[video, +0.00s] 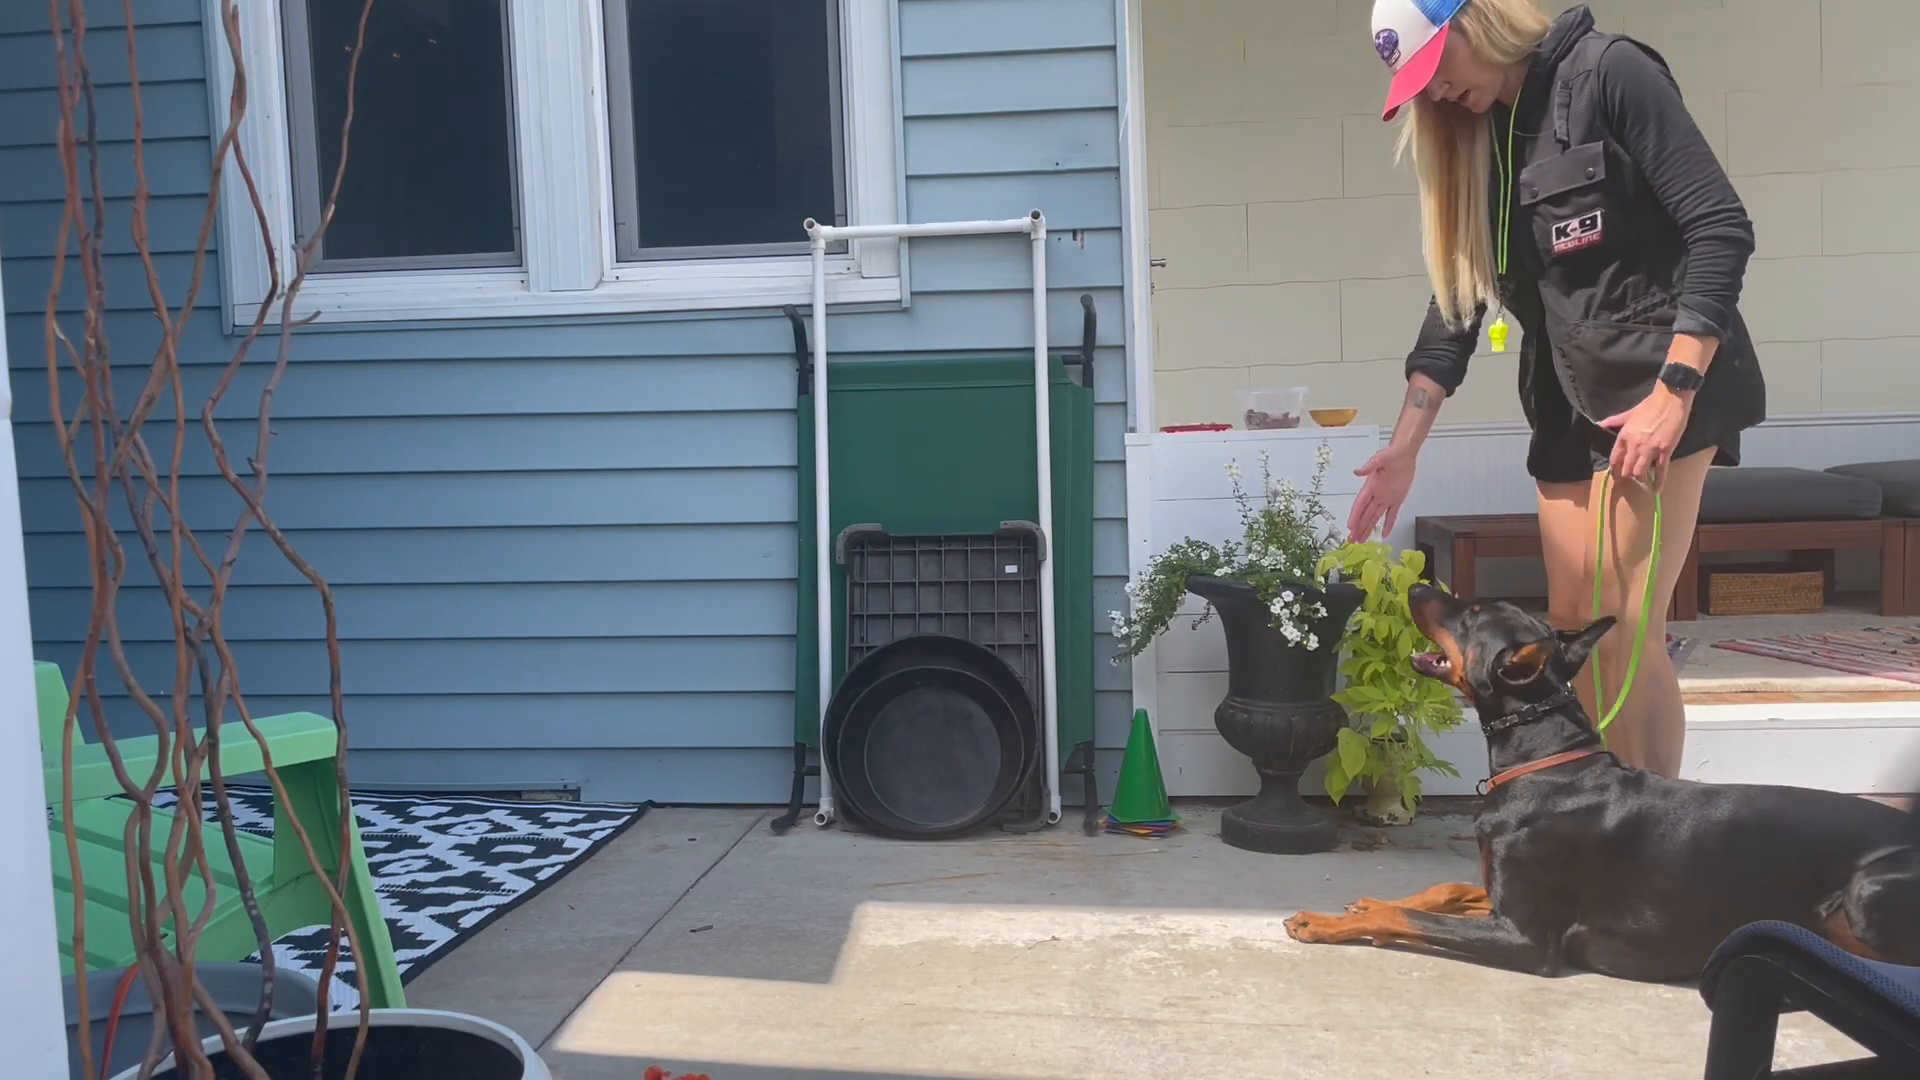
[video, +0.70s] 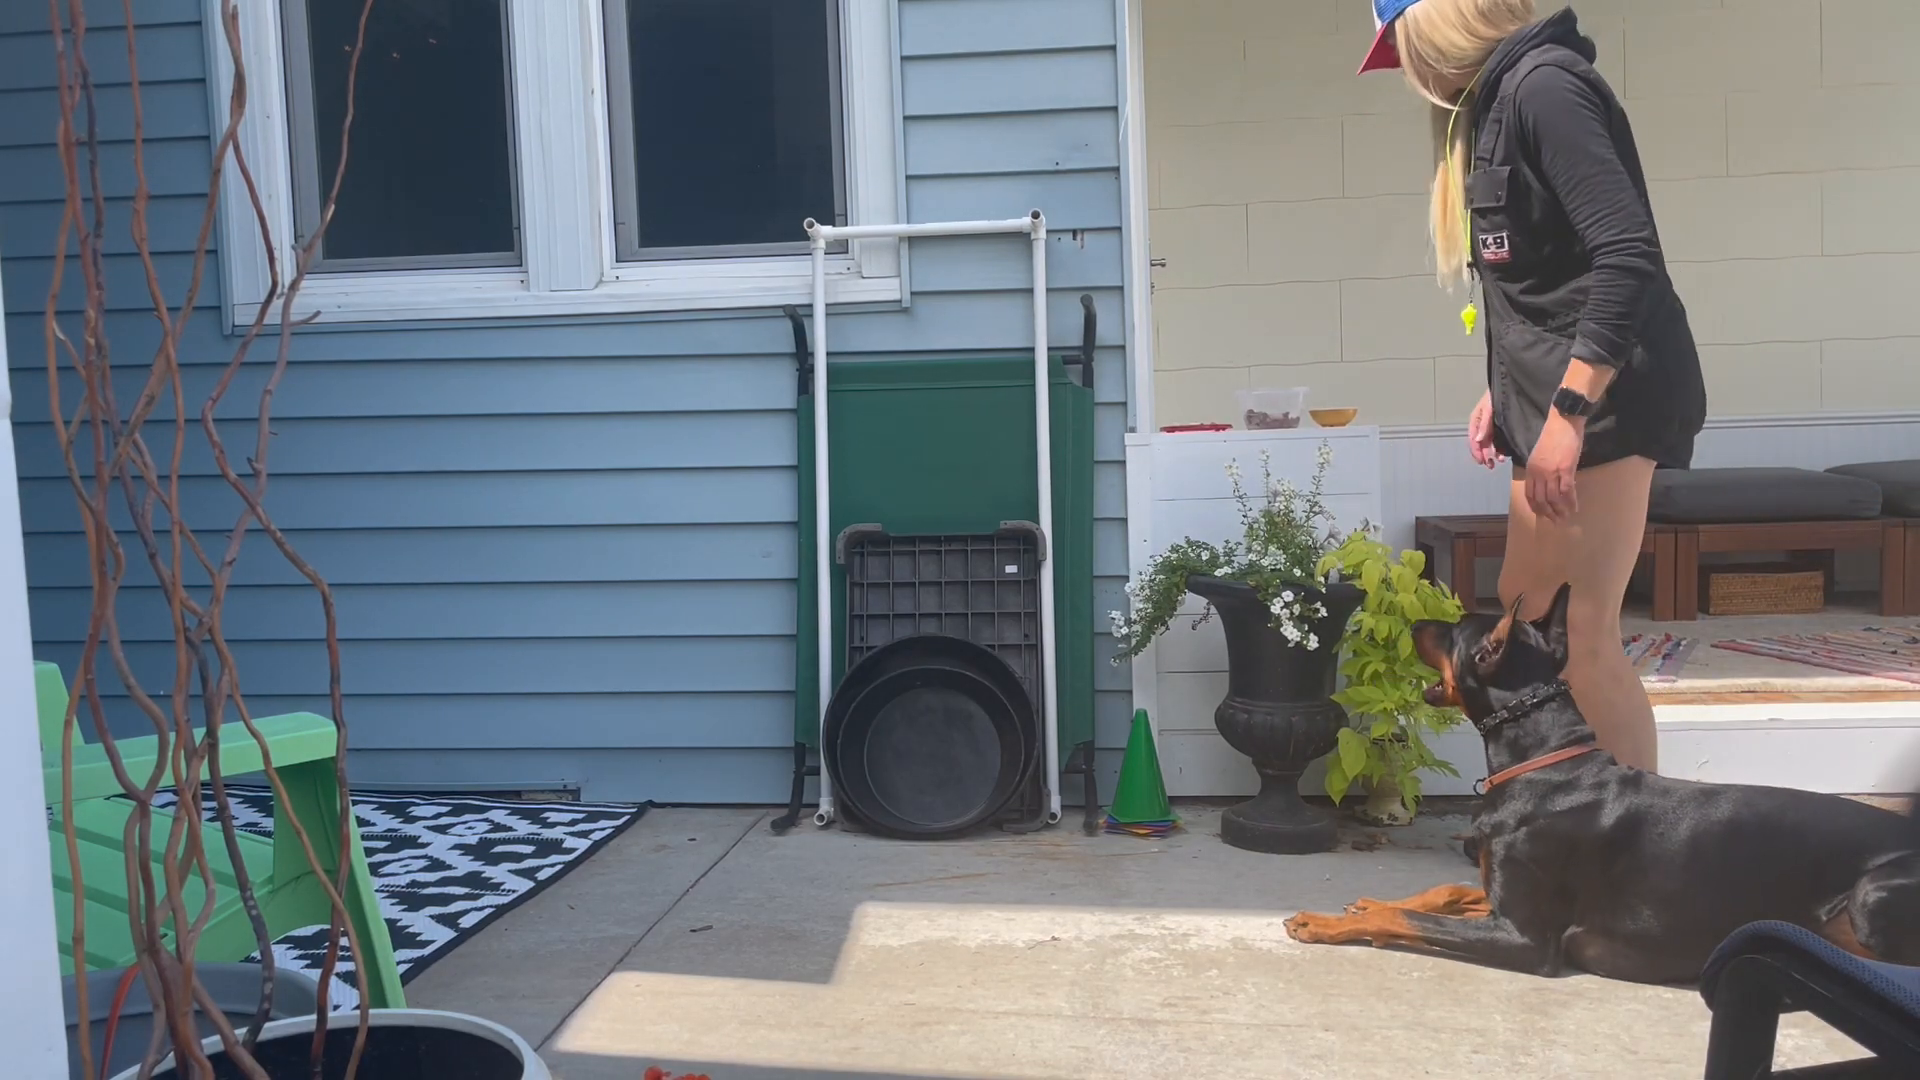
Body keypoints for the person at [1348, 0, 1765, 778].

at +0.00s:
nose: (1438, 92)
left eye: (1437, 68)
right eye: (1424, 83)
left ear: (1480, 19)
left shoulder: (1611, 72)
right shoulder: (1490, 127)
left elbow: (1720, 226)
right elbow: (1459, 291)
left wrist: (1675, 389)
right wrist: (1404, 446)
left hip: (1663, 383)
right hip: (1566, 399)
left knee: (1628, 629)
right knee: (1574, 626)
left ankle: (1655, 840)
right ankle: (1600, 839)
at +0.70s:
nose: (1418, 79)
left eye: (1416, 58)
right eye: (1410, 63)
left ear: (1448, 35)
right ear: (1472, 32)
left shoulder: (1543, 87)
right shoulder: (1496, 102)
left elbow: (1627, 255)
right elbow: (1532, 269)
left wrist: (1567, 413)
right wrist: (1505, 389)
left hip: (1609, 394)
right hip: (1558, 390)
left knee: (1579, 641)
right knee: (1532, 634)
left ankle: (1636, 838)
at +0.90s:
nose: (1405, 82)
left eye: (1405, 62)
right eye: (1398, 65)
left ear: (1435, 46)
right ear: (1463, 36)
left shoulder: (1509, 95)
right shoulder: (1487, 104)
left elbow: (1534, 271)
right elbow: (1507, 270)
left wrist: (1434, 382)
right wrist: (1483, 391)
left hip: (1571, 398)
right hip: (1537, 398)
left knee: (1549, 639)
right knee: (1503, 606)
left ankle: (1622, 831)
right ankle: (1536, 794)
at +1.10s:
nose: (1380, 119)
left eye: (1377, 99)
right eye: (1372, 102)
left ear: (1401, 78)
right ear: (1443, 65)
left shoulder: (1455, 131)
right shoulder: (1491, 127)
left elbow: (1405, 293)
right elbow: (1506, 271)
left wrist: (1319, 345)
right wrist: (1437, 339)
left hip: (1543, 382)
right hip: (1518, 385)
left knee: (1545, 638)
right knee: (1483, 626)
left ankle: (1621, 816)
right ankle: (1537, 813)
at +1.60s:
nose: (1310, 193)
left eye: (1306, 173)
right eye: (1302, 181)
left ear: (1328, 149)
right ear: (1368, 139)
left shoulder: (1371, 186)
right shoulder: (1425, 185)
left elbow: (1301, 310)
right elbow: (1385, 348)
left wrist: (1233, 387)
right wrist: (1294, 376)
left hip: (1532, 362)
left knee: (1562, 584)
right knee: (1486, 582)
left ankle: (1608, 784)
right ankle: (1533, 773)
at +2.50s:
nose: (1332, 177)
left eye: (1327, 156)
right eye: (1322, 166)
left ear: (1351, 125)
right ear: (1376, 120)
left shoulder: (1409, 161)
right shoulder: (1423, 167)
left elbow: (1423, 303)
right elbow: (1430, 326)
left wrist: (1341, 340)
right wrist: (1342, 338)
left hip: (1535, 361)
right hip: (1496, 387)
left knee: (1558, 592)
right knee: (1480, 598)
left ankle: (1621, 797)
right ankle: (1535, 787)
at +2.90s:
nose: (1366, 134)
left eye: (1365, 114)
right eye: (1357, 125)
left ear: (1396, 80)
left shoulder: (1471, 123)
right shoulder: (1443, 146)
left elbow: (1550, 239)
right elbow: (1479, 283)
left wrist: (1444, 321)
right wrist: (1410, 335)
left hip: (1545, 398)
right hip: (1502, 405)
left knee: (1522, 643)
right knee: (1491, 637)